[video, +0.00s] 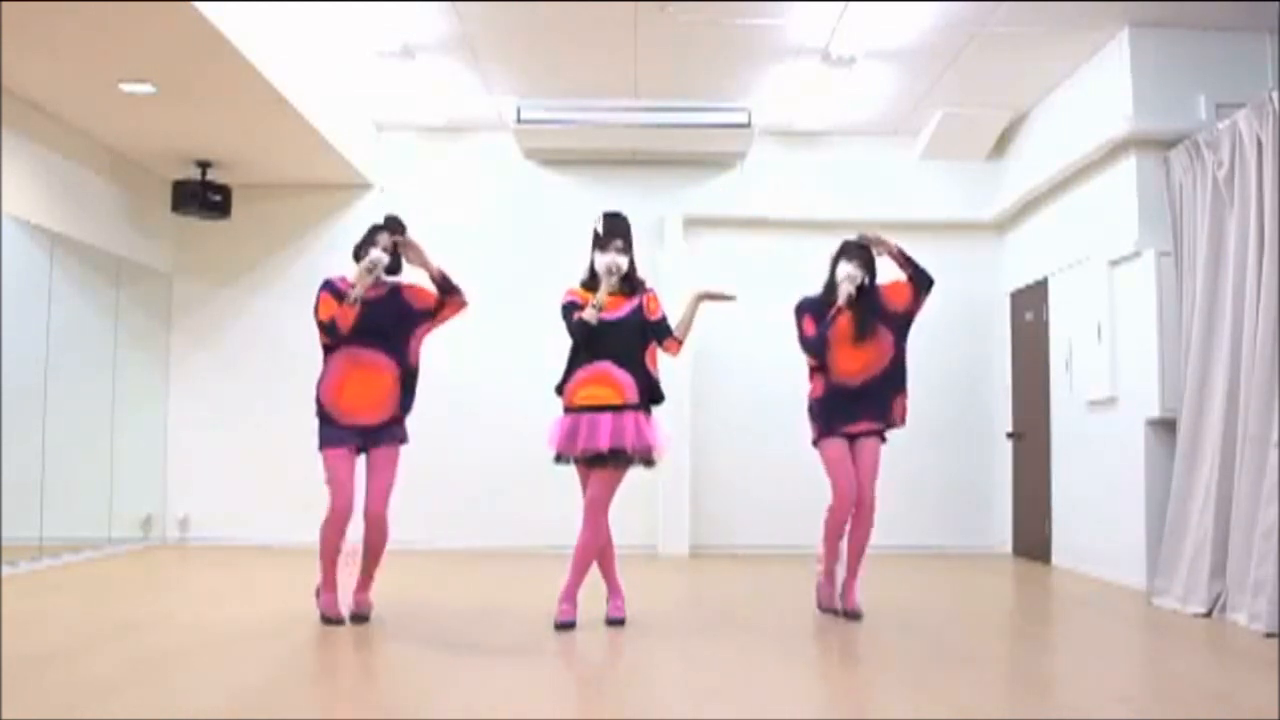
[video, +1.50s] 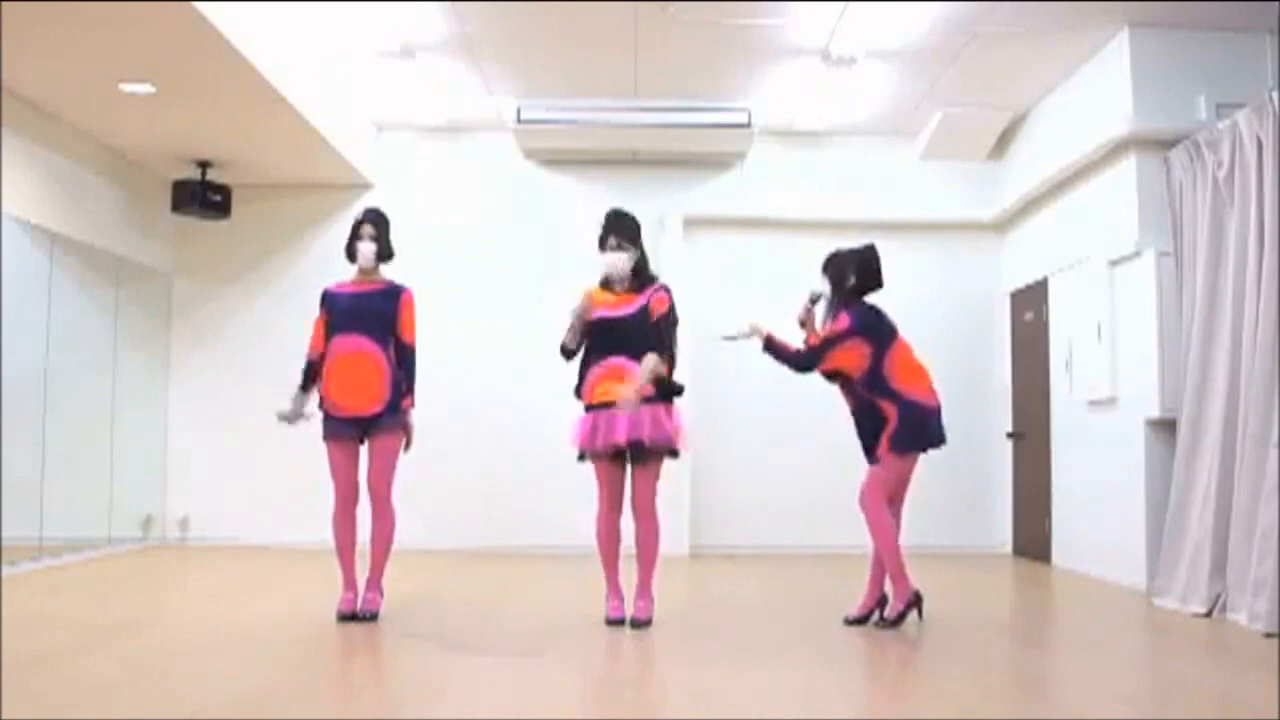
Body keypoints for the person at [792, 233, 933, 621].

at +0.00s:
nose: (853, 277)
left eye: (860, 271)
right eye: (848, 268)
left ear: (869, 274)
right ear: (835, 269)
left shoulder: (883, 303)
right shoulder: (813, 308)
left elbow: (922, 285)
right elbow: (815, 349)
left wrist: (893, 252)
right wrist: (837, 306)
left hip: (869, 408)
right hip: (828, 409)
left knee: (865, 498)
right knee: (845, 494)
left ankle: (851, 585)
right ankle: (827, 579)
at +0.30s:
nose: (862, 260)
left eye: (867, 252)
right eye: (853, 254)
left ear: (877, 256)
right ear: (840, 260)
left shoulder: (892, 301)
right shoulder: (829, 300)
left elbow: (934, 330)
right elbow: (839, 337)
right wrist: (860, 295)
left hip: (888, 407)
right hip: (846, 407)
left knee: (886, 499)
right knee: (855, 498)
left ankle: (887, 596)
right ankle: (856, 596)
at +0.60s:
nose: (873, 259)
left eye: (879, 250)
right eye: (864, 251)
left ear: (890, 254)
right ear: (852, 257)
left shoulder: (905, 302)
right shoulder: (840, 299)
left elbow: (916, 360)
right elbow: (849, 340)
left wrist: (922, 409)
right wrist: (871, 297)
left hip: (900, 403)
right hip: (859, 403)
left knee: (894, 502)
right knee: (862, 500)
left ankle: (890, 593)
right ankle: (861, 593)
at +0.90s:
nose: (857, 259)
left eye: (863, 250)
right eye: (853, 251)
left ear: (884, 253)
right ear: (850, 255)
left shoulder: (899, 295)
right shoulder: (851, 298)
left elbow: (869, 327)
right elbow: (839, 354)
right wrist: (834, 311)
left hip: (900, 403)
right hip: (859, 403)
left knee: (896, 502)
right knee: (865, 498)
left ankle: (890, 594)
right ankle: (862, 593)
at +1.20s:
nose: (828, 281)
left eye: (833, 274)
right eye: (831, 274)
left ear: (845, 279)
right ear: (865, 279)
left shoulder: (858, 320)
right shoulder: (868, 316)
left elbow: (799, 358)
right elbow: (831, 362)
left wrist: (767, 332)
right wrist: (811, 326)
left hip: (908, 417)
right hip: (912, 413)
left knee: (874, 500)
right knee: (888, 505)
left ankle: (905, 591)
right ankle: (876, 591)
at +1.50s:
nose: (824, 285)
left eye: (828, 278)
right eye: (826, 277)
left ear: (840, 282)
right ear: (860, 280)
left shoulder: (855, 322)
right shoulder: (867, 317)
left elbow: (804, 361)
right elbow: (835, 364)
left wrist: (764, 339)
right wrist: (812, 331)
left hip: (907, 415)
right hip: (914, 412)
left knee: (871, 498)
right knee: (888, 506)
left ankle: (903, 590)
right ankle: (875, 594)